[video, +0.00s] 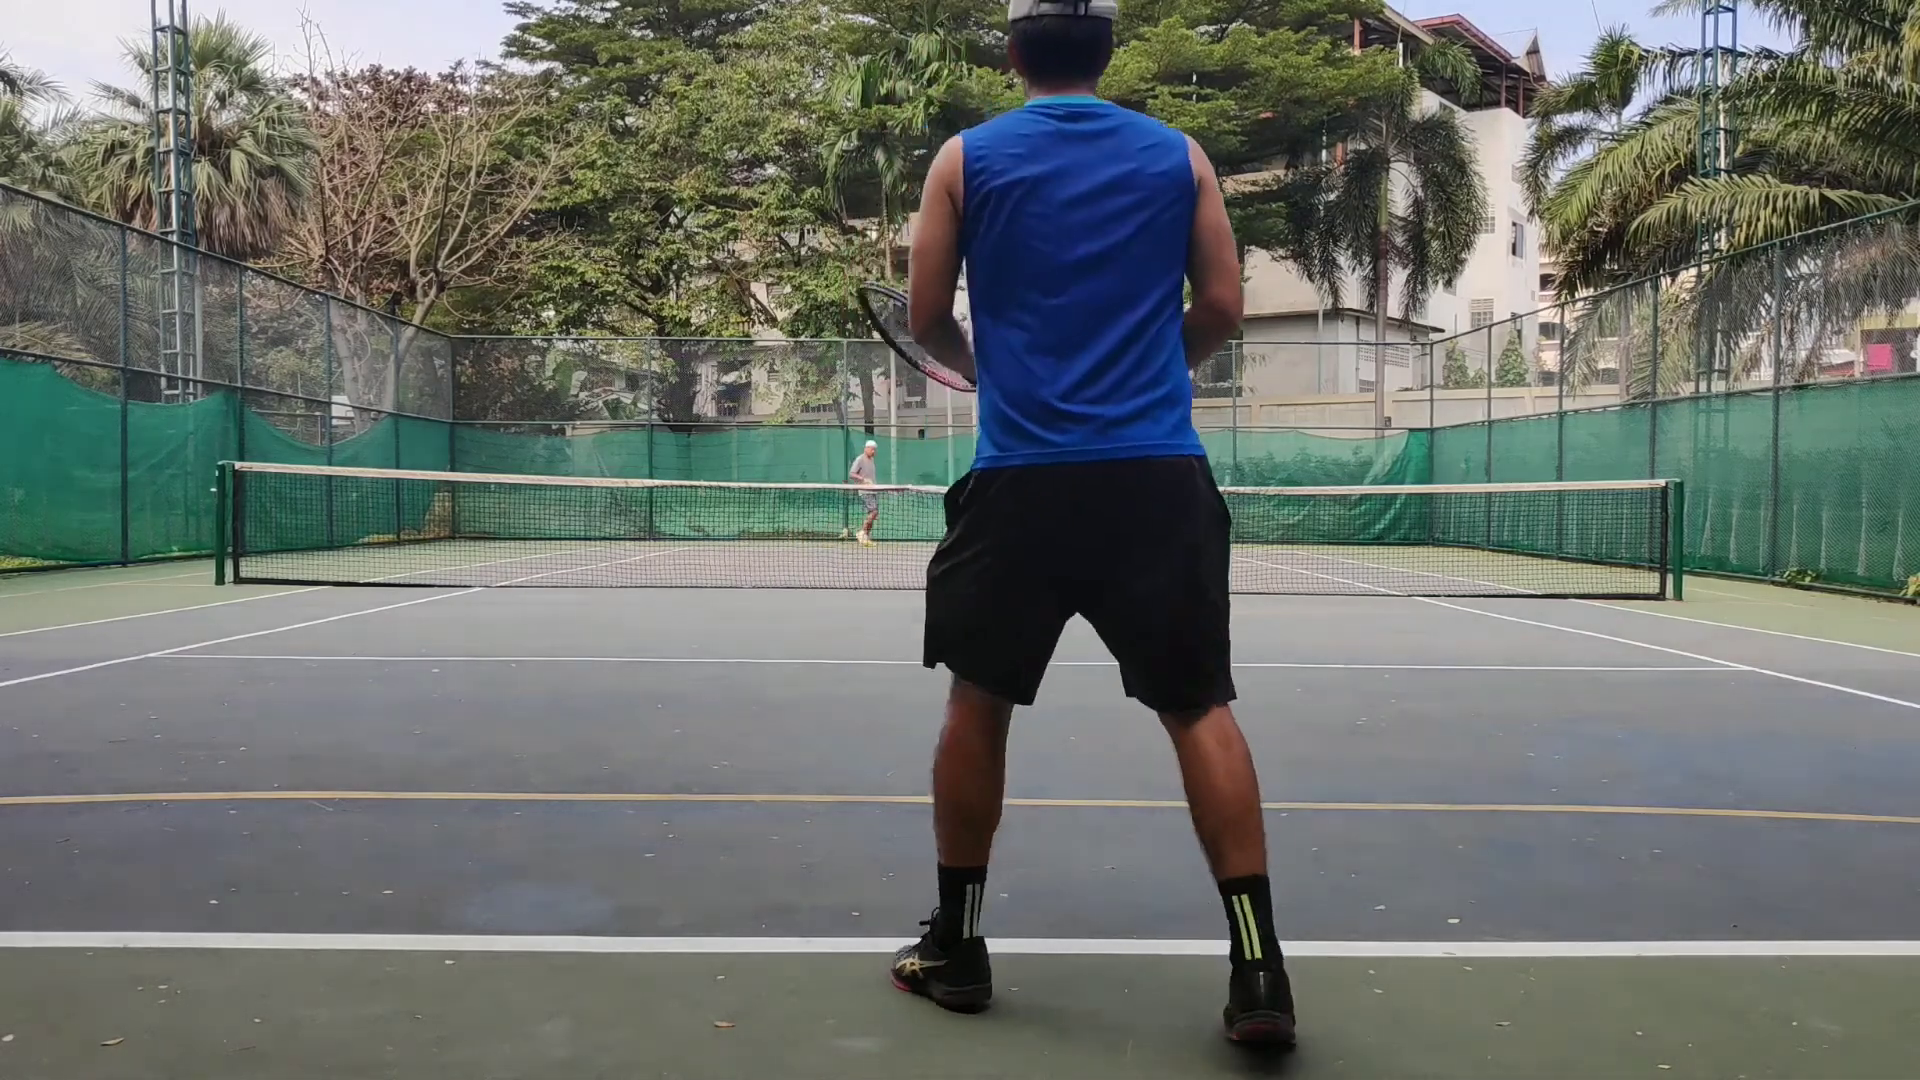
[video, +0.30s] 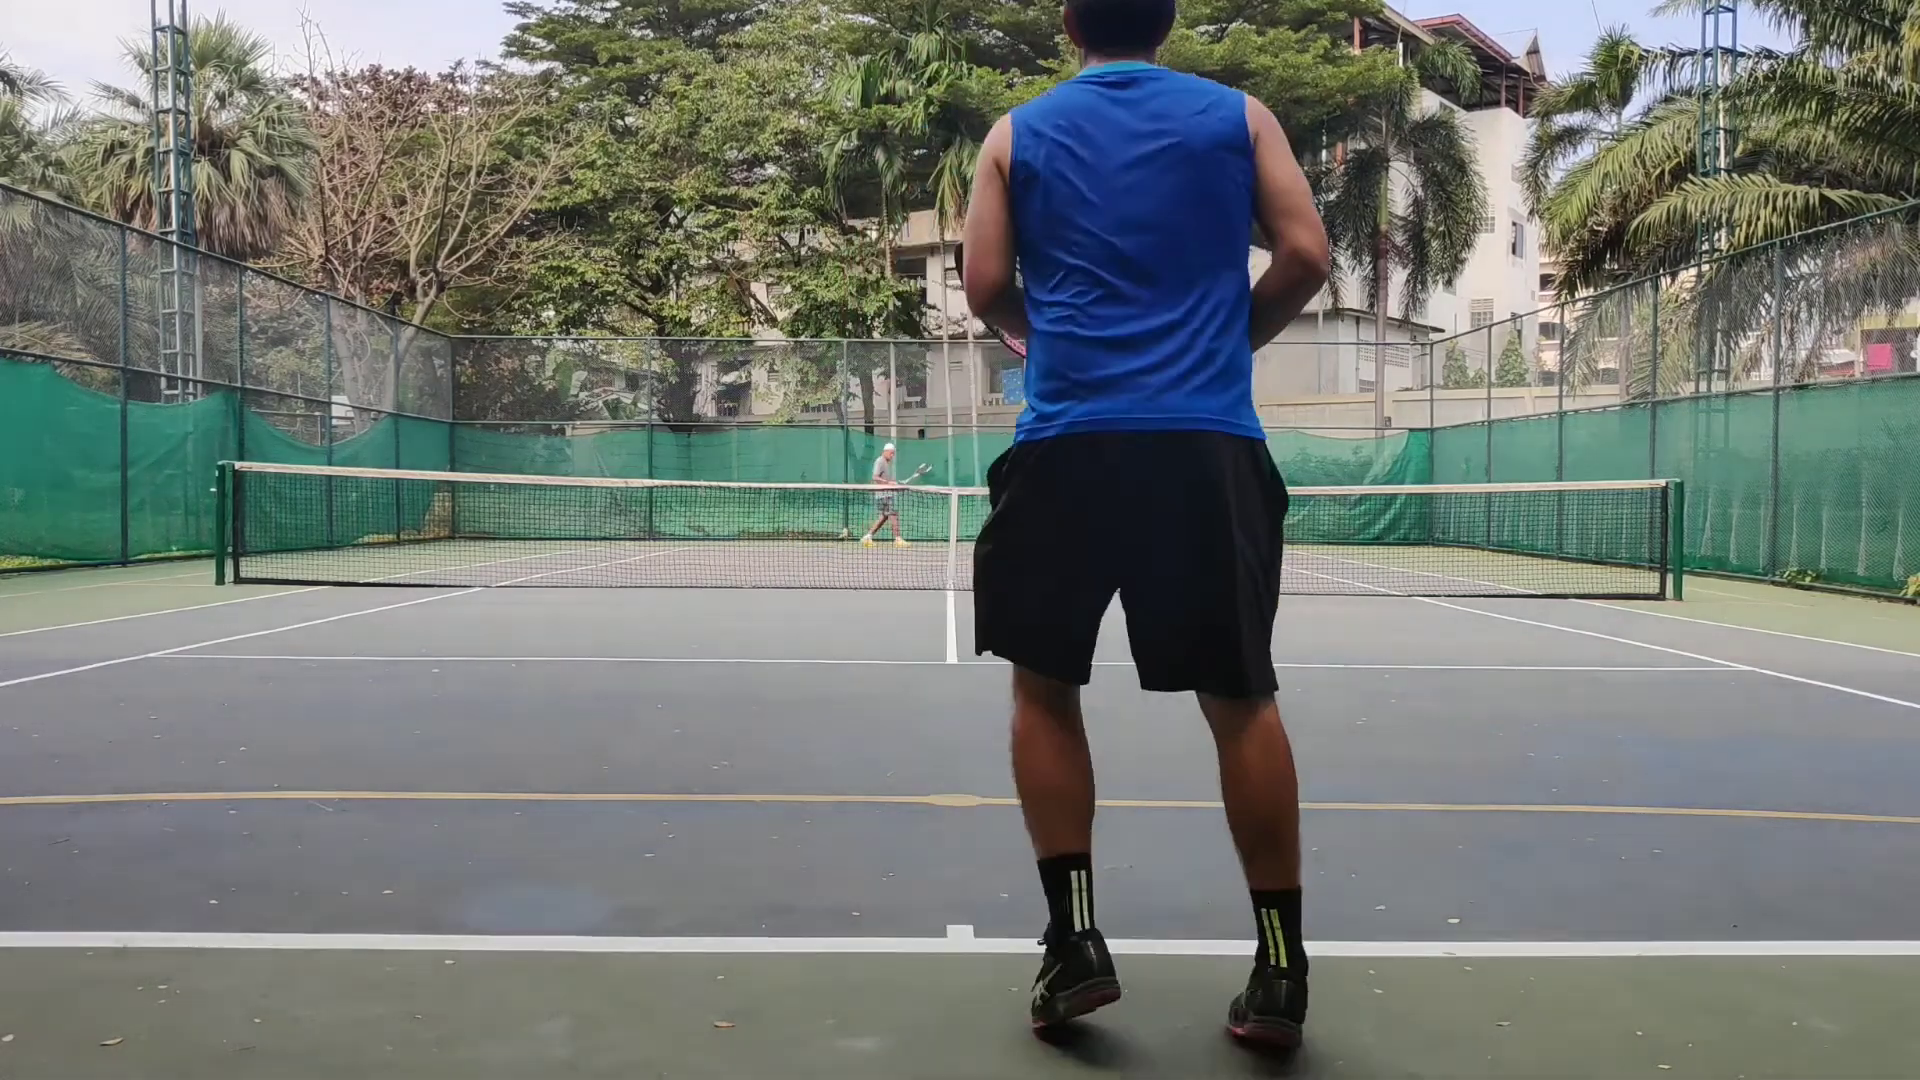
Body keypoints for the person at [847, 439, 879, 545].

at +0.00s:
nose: (873, 451)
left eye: (874, 449)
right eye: (871, 449)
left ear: (874, 450)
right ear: (866, 449)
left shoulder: (871, 460)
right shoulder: (860, 459)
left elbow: (870, 473)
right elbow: (852, 473)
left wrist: (874, 484)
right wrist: (863, 479)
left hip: (872, 488)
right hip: (864, 489)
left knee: (873, 513)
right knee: (874, 512)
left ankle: (866, 536)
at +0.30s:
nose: (892, 456)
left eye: (893, 453)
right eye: (891, 453)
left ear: (892, 453)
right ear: (885, 452)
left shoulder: (886, 462)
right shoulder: (880, 461)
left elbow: (885, 477)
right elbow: (875, 477)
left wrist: (896, 484)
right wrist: (889, 483)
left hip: (887, 491)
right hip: (883, 492)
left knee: (884, 516)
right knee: (893, 515)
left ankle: (868, 536)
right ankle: (898, 538)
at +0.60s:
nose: (910, 458)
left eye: (912, 455)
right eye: (910, 455)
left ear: (908, 454)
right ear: (904, 452)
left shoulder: (901, 462)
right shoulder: (897, 461)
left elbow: (901, 476)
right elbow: (898, 477)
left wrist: (907, 481)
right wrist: (908, 485)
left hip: (901, 491)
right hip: (896, 491)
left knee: (909, 514)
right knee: (902, 515)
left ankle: (898, 534)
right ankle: (899, 538)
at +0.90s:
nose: (924, 459)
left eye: (925, 457)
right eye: (923, 456)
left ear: (922, 455)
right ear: (917, 453)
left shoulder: (916, 463)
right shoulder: (908, 461)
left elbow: (915, 476)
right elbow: (904, 477)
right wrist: (911, 487)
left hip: (914, 493)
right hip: (907, 493)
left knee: (919, 517)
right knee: (909, 516)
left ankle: (922, 539)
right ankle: (900, 539)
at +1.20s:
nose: (932, 456)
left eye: (933, 454)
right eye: (931, 453)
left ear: (932, 454)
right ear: (926, 452)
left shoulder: (931, 465)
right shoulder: (914, 459)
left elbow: (932, 477)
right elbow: (902, 471)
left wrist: (937, 484)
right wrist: (899, 482)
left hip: (923, 490)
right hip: (913, 490)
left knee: (924, 515)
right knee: (912, 514)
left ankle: (923, 538)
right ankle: (903, 536)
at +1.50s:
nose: (933, 453)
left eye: (935, 451)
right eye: (931, 450)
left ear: (936, 452)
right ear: (926, 450)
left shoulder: (935, 462)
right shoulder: (916, 459)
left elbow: (933, 477)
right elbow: (909, 472)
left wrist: (919, 478)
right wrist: (907, 479)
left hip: (928, 490)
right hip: (916, 489)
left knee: (926, 514)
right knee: (912, 512)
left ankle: (924, 537)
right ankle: (906, 532)